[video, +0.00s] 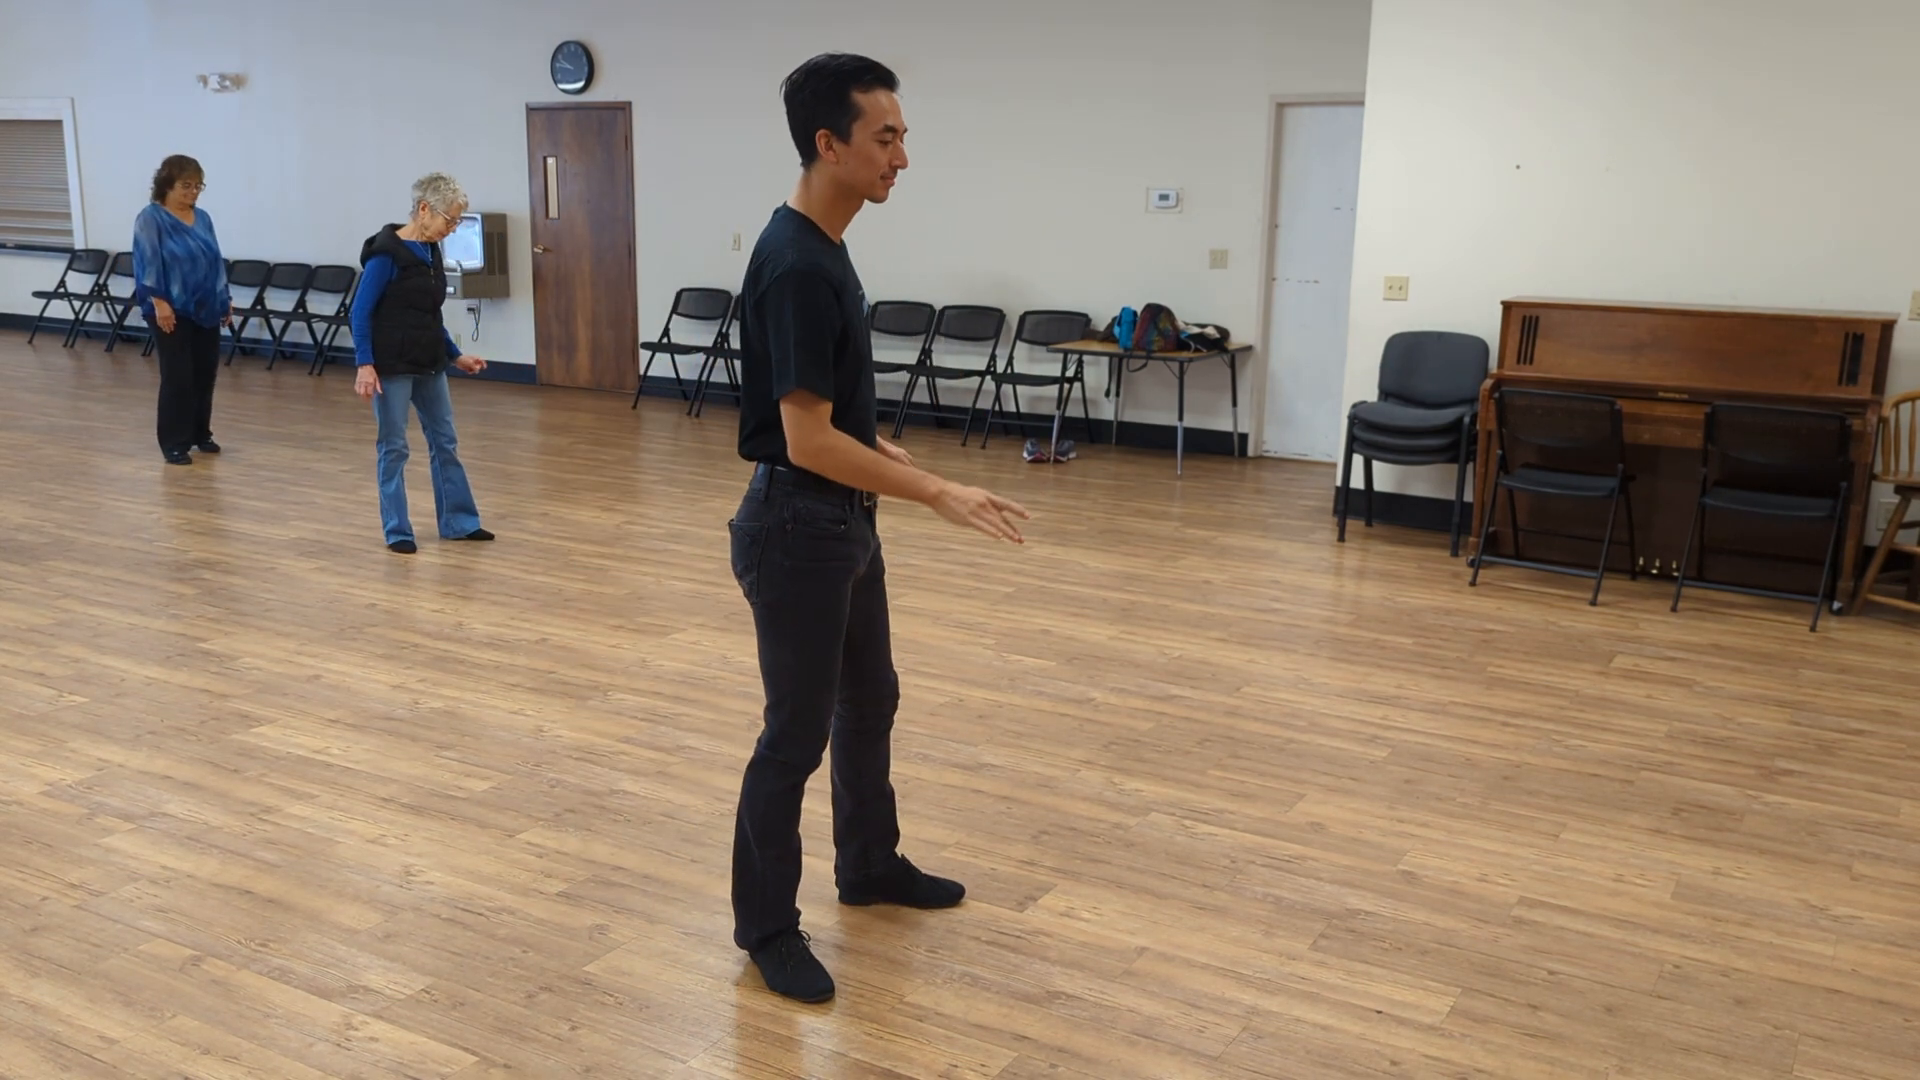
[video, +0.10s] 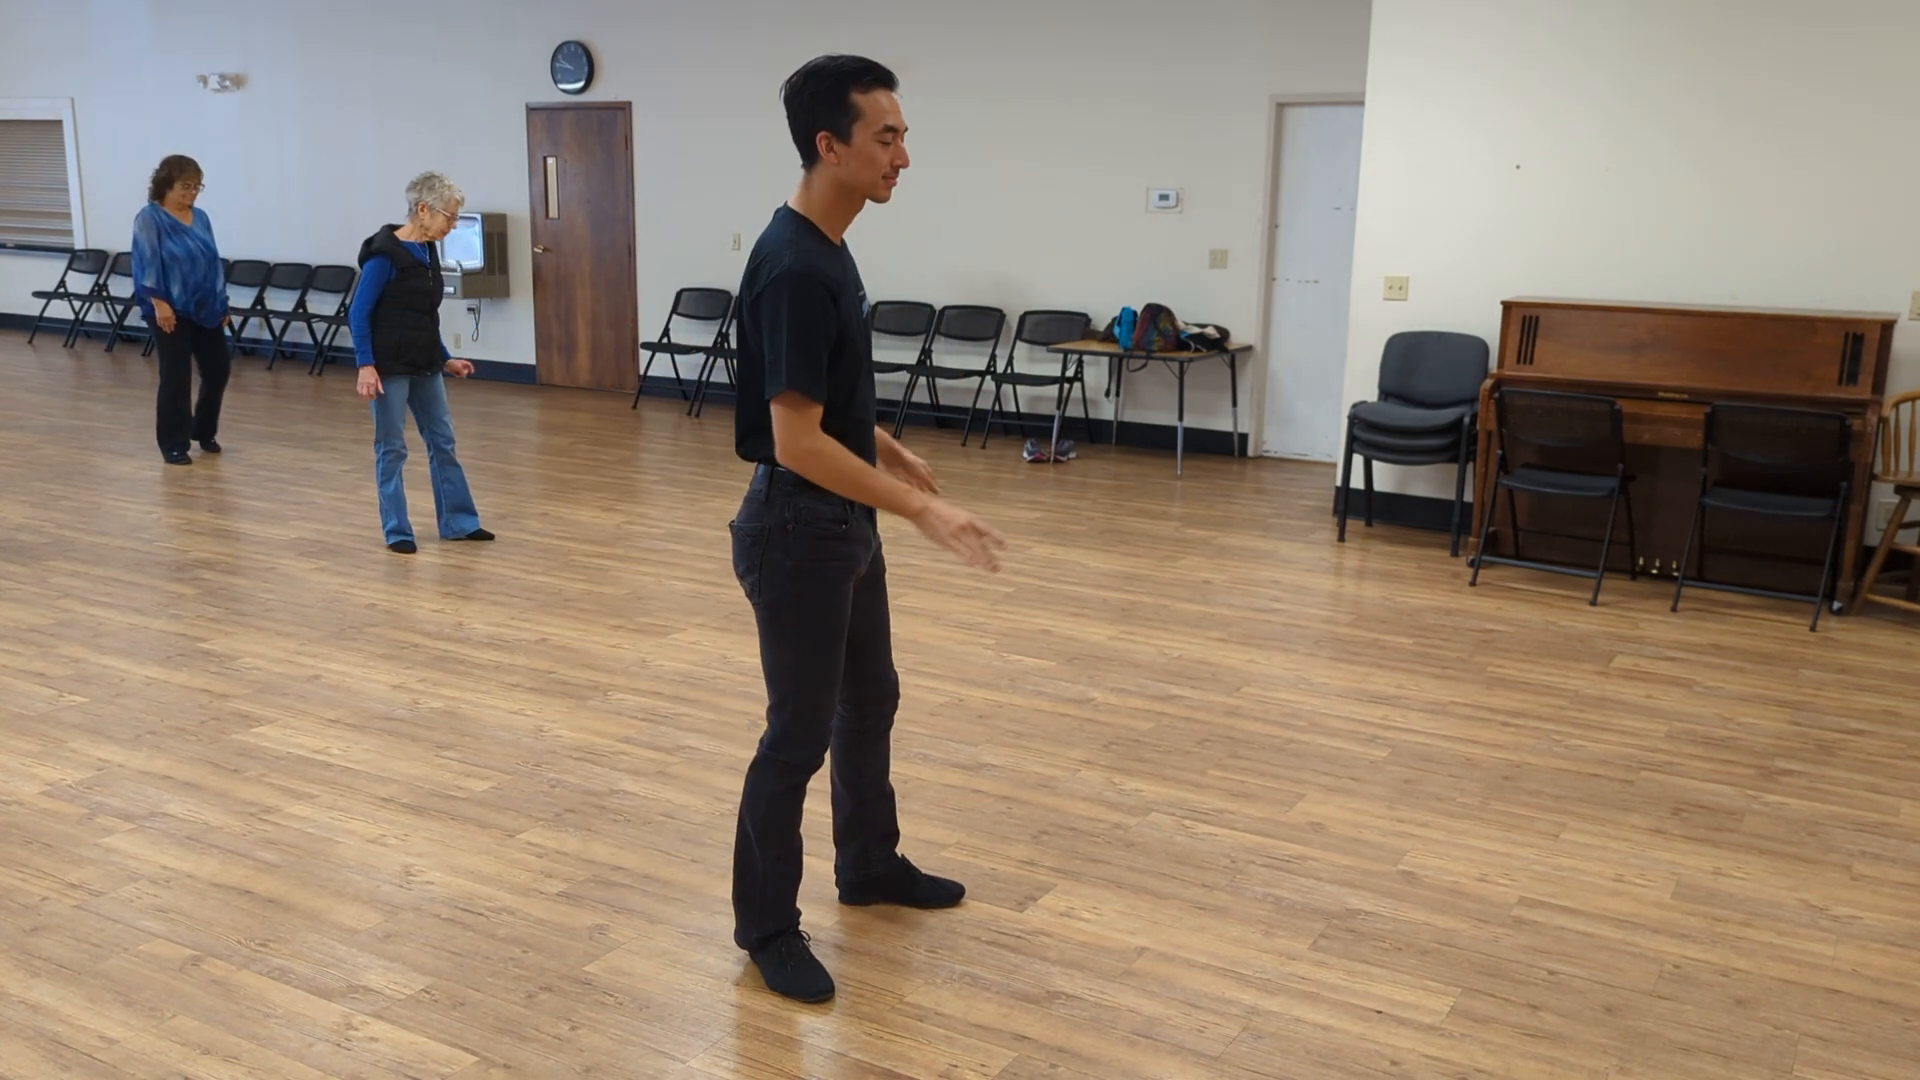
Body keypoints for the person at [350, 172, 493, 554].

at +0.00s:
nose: (453, 228)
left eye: (456, 221)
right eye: (450, 219)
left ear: (432, 214)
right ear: (424, 209)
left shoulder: (431, 251)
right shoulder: (386, 252)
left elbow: (429, 316)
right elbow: (360, 312)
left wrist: (455, 356)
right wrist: (364, 364)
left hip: (429, 363)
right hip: (391, 366)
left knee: (444, 443)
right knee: (394, 449)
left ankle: (458, 522)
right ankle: (397, 531)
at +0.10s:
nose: (453, 225)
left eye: (455, 218)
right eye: (450, 217)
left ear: (428, 213)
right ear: (422, 210)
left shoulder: (427, 252)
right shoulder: (384, 254)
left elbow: (422, 317)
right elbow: (359, 313)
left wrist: (446, 359)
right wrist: (365, 365)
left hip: (426, 365)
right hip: (389, 367)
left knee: (442, 444)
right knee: (392, 449)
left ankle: (458, 522)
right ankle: (397, 532)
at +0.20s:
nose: (452, 222)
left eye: (452, 214)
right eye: (448, 213)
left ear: (425, 211)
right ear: (421, 209)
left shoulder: (424, 250)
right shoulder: (383, 254)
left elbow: (419, 315)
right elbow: (358, 312)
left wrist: (439, 360)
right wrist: (369, 365)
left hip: (425, 366)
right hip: (388, 368)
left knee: (442, 444)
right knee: (391, 450)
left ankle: (458, 522)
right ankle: (397, 532)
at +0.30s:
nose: (450, 218)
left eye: (450, 211)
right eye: (445, 210)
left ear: (421, 210)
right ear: (418, 208)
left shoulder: (424, 250)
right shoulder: (383, 255)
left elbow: (420, 315)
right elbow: (358, 314)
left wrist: (439, 360)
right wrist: (373, 366)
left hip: (426, 366)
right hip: (389, 368)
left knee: (443, 444)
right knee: (391, 450)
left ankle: (458, 522)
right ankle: (397, 532)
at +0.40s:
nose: (448, 212)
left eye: (448, 205)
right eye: (441, 205)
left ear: (420, 208)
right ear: (413, 207)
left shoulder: (426, 249)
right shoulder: (384, 254)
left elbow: (423, 314)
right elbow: (361, 314)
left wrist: (442, 360)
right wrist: (376, 366)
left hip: (429, 365)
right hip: (391, 368)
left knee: (446, 443)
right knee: (393, 450)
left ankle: (461, 522)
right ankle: (397, 532)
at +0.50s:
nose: (443, 208)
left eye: (444, 201)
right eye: (434, 202)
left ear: (440, 204)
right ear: (408, 207)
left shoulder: (431, 248)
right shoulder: (387, 254)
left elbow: (429, 314)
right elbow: (365, 313)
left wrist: (448, 358)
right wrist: (378, 366)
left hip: (433, 364)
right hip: (395, 367)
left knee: (450, 443)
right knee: (395, 449)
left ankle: (463, 522)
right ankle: (397, 531)